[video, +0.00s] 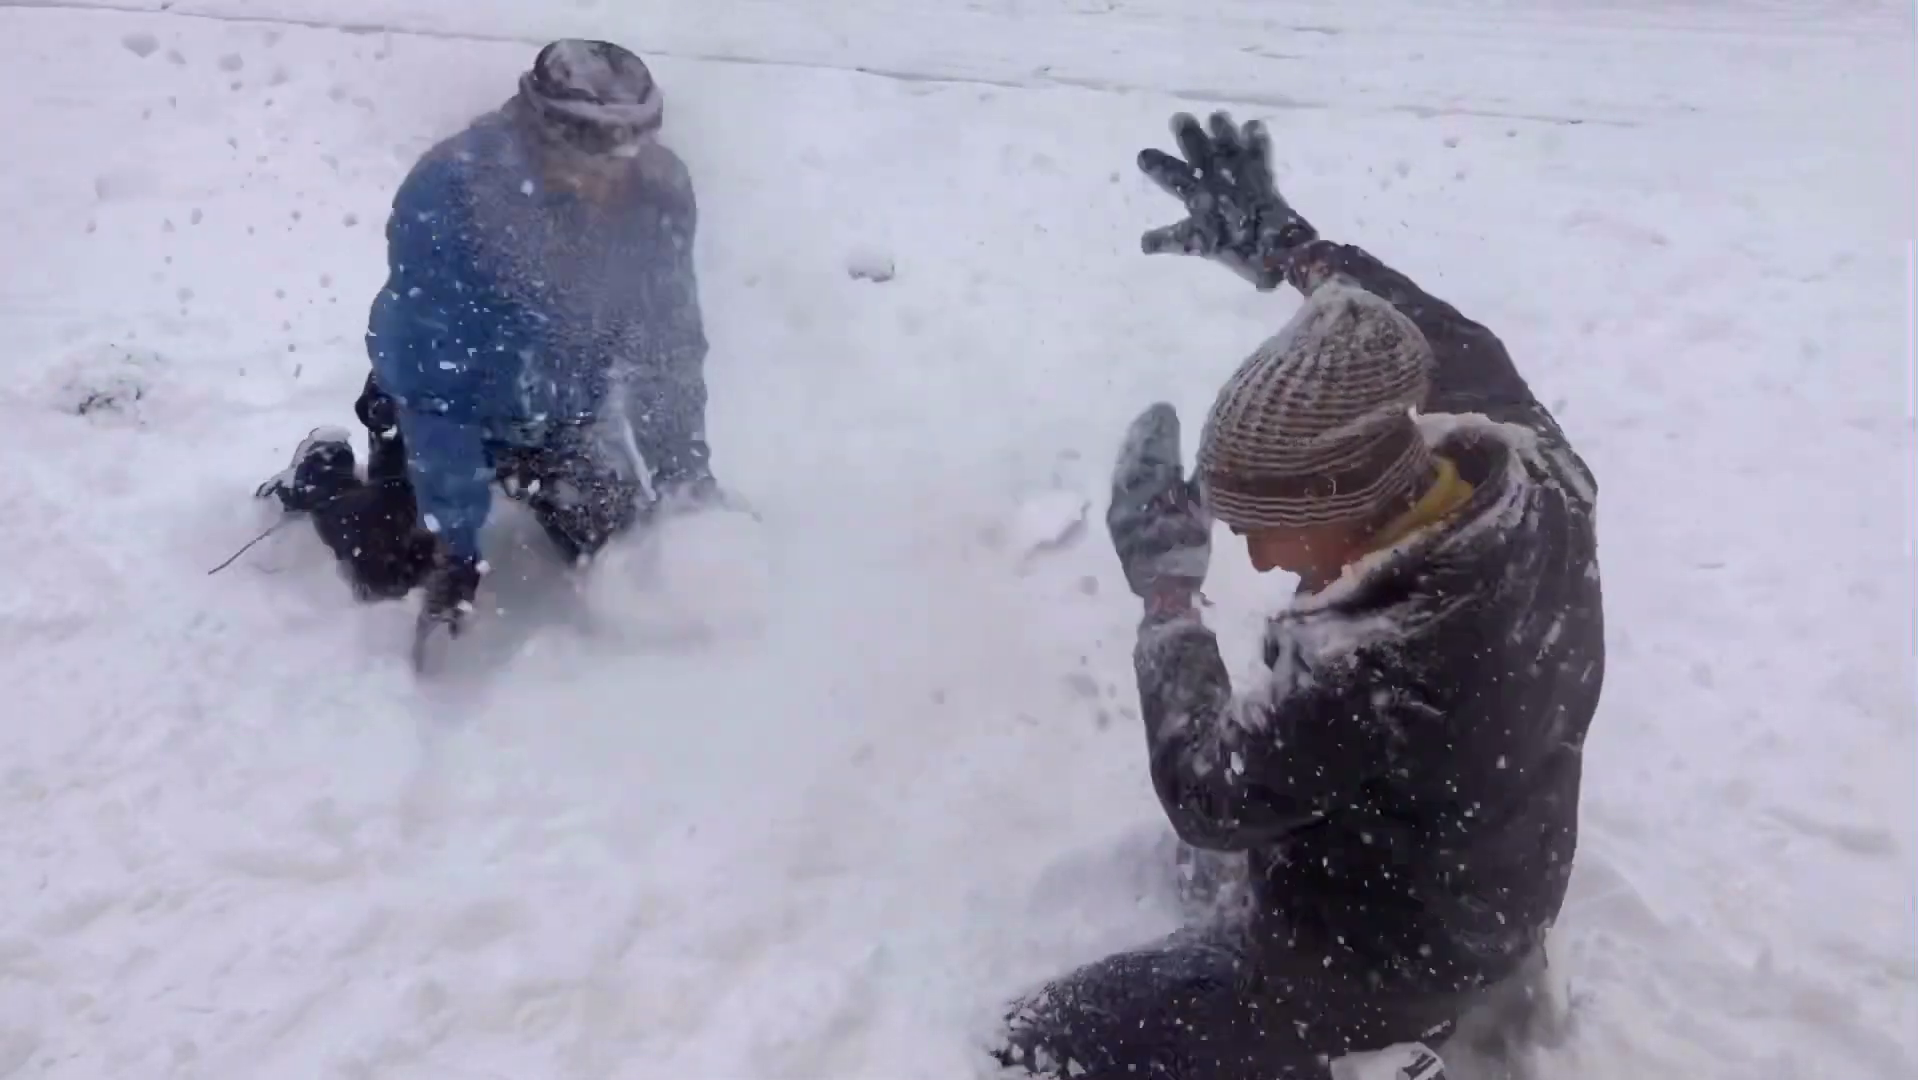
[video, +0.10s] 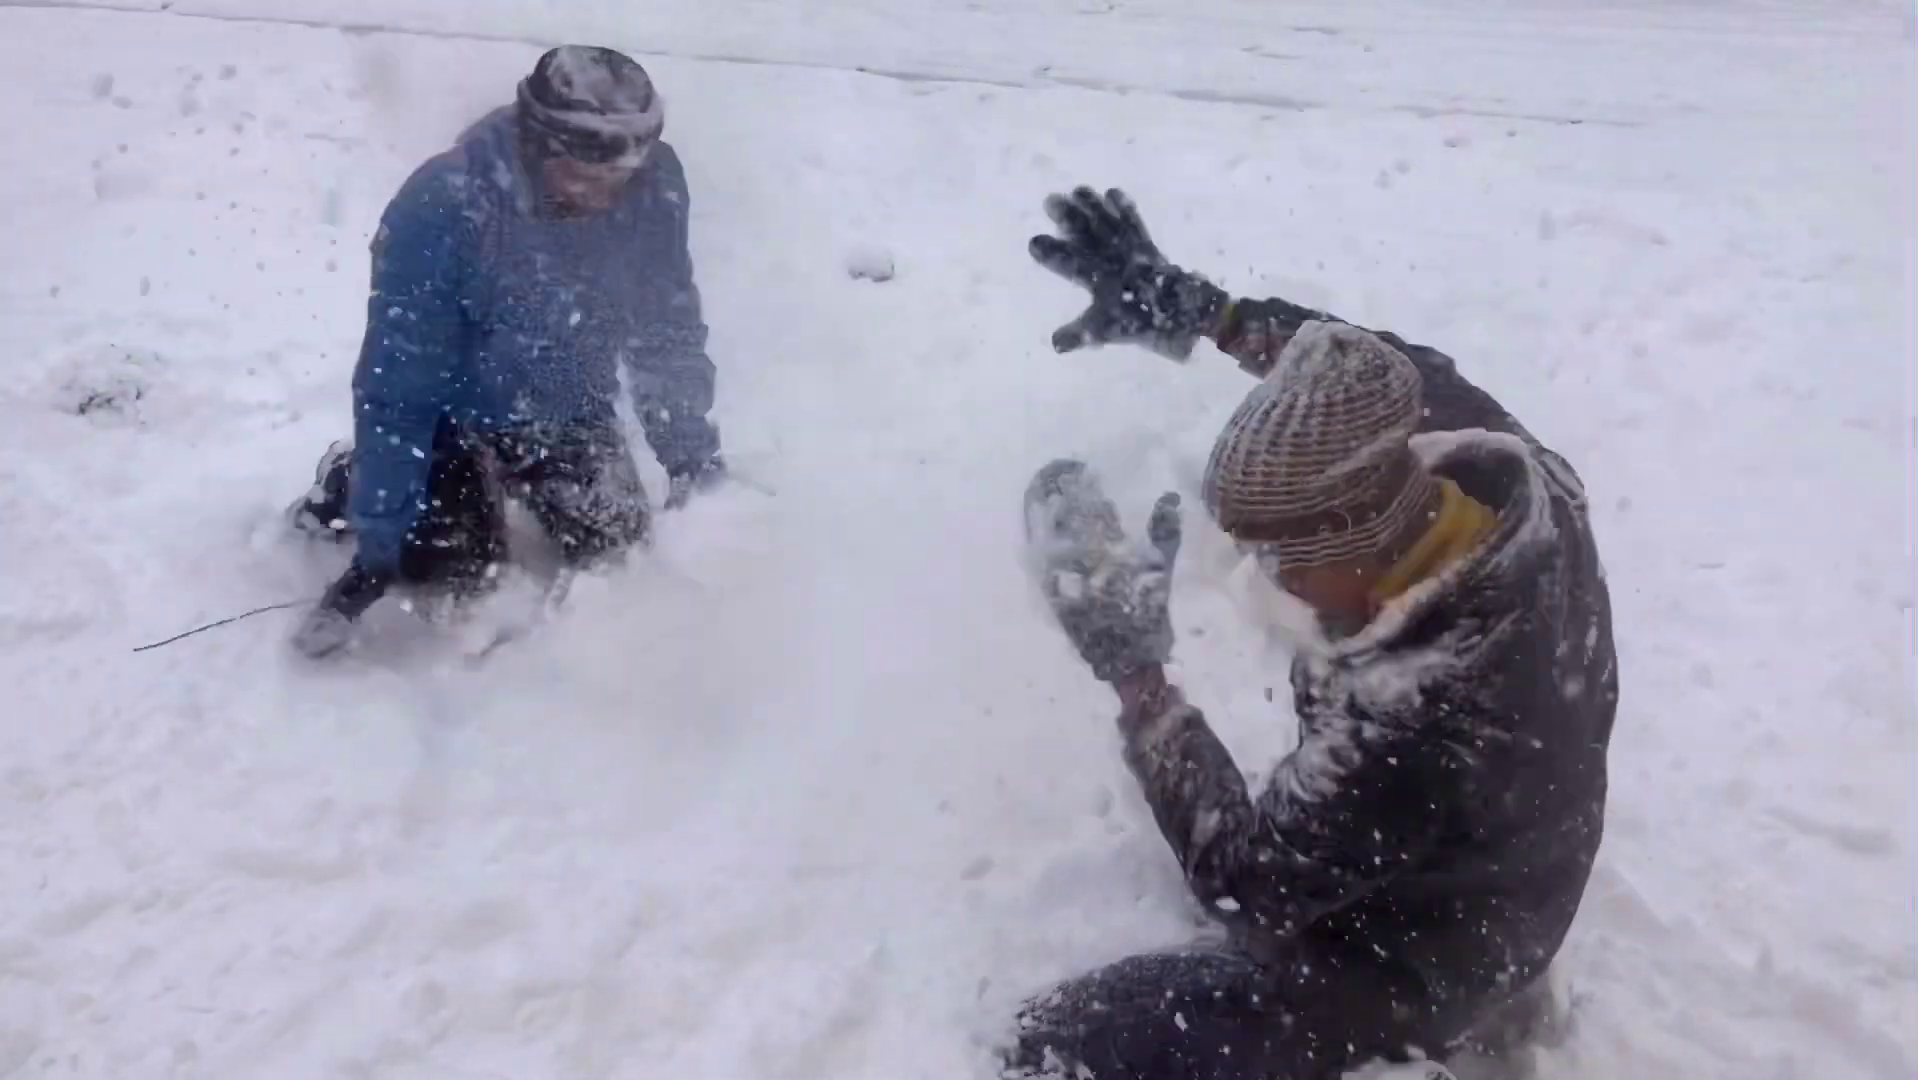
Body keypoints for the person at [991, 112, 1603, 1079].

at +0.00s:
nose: (1259, 559)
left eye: (1264, 534)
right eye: (1249, 535)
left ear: (1344, 511)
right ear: (1406, 444)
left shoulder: (1380, 678)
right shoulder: (1529, 472)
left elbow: (1207, 797)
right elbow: (1448, 343)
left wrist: (1169, 588)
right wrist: (1288, 246)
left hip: (1398, 961)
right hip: (1502, 872)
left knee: (1038, 1042)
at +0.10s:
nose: (1285, 584)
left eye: (1296, 563)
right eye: (1280, 560)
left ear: (1366, 549)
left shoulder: (1413, 724)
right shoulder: (1512, 479)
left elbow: (1238, 870)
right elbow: (1390, 370)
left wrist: (1136, 674)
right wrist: (1200, 311)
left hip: (1415, 967)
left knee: (1062, 1040)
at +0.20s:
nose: (1263, 603)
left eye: (1275, 589)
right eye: (1251, 576)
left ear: (1336, 594)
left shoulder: (1474, 784)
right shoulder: (1445, 483)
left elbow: (1310, 979)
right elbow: (1288, 410)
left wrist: (1124, 798)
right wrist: (1081, 416)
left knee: (1062, 1044)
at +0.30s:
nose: (1258, 621)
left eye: (1273, 604)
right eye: (1243, 589)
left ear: (1347, 583)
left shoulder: (1530, 739)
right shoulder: (1366, 494)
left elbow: (1380, 1012)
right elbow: (1260, 432)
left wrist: (1128, 870)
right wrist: (1044, 490)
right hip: (1325, 832)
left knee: (1061, 1046)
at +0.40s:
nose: (1262, 697)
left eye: (1280, 675)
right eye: (1234, 672)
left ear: (1344, 622)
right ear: (1207, 592)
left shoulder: (1523, 735)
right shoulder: (1271, 535)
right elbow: (1139, 496)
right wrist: (985, 647)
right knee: (1108, 892)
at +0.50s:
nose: (1250, 752)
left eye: (1254, 726)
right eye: (1227, 736)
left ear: (1308, 670)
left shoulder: (1498, 745)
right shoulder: (1247, 565)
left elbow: (1501, 1041)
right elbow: (1053, 610)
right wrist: (951, 817)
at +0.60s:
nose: (1198, 820)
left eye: (1208, 798)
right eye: (1171, 809)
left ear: (1250, 723)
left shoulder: (1438, 737)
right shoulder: (1148, 634)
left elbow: (1517, 1020)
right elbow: (993, 721)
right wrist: (920, 947)